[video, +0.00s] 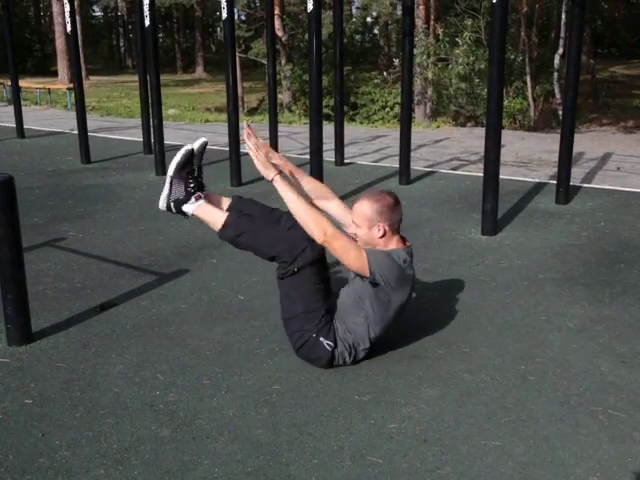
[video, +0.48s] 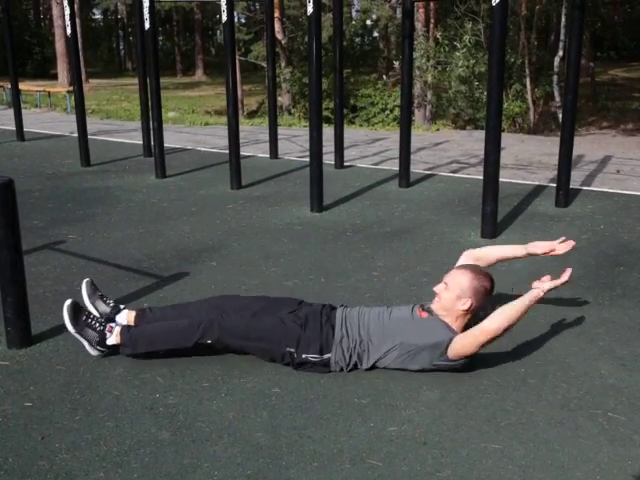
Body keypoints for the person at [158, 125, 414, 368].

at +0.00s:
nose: (352, 231)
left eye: (358, 226)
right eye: (354, 223)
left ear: (380, 232)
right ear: (382, 228)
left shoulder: (390, 267)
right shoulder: (391, 247)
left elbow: (324, 236)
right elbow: (328, 201)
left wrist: (274, 176)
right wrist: (283, 165)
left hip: (325, 344)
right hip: (332, 321)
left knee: (301, 248)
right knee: (301, 231)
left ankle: (189, 203)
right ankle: (200, 195)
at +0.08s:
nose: (372, 235)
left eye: (378, 230)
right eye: (374, 228)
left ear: (401, 238)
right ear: (403, 235)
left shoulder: (403, 280)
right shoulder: (405, 261)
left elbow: (347, 247)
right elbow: (351, 208)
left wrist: (311, 182)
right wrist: (314, 168)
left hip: (319, 342)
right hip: (326, 318)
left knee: (281, 251)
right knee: (282, 236)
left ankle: (163, 229)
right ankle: (178, 214)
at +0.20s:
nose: (404, 250)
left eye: (413, 246)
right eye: (408, 243)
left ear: (432, 264)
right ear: (420, 258)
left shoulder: (424, 307)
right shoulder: (412, 284)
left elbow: (395, 272)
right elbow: (387, 230)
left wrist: (389, 188)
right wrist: (378, 176)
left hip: (312, 339)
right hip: (317, 312)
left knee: (244, 271)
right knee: (250, 251)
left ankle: (125, 277)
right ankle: (141, 251)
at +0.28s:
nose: (421, 255)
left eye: (430, 253)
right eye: (425, 249)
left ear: (441, 273)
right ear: (435, 268)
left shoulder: (429, 322)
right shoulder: (421, 292)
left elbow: (435, 273)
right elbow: (415, 233)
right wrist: (427, 183)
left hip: (313, 341)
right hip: (319, 312)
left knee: (224, 288)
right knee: (234, 266)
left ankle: (111, 300)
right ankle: (124, 275)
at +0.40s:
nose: (441, 280)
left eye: (450, 281)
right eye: (445, 274)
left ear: (462, 299)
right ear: (444, 281)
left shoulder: (441, 336)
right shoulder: (428, 305)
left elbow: (474, 309)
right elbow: (447, 249)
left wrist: (505, 267)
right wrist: (497, 220)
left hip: (317, 337)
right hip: (316, 315)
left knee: (214, 303)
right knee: (216, 295)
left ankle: (109, 324)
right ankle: (120, 307)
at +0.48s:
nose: (441, 284)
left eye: (452, 286)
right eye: (448, 280)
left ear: (462, 307)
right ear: (453, 292)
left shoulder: (442, 340)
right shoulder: (432, 310)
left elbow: (481, 336)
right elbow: (472, 258)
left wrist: (529, 296)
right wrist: (532, 251)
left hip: (317, 339)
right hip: (317, 318)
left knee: (213, 319)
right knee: (213, 310)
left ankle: (111, 337)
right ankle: (121, 321)